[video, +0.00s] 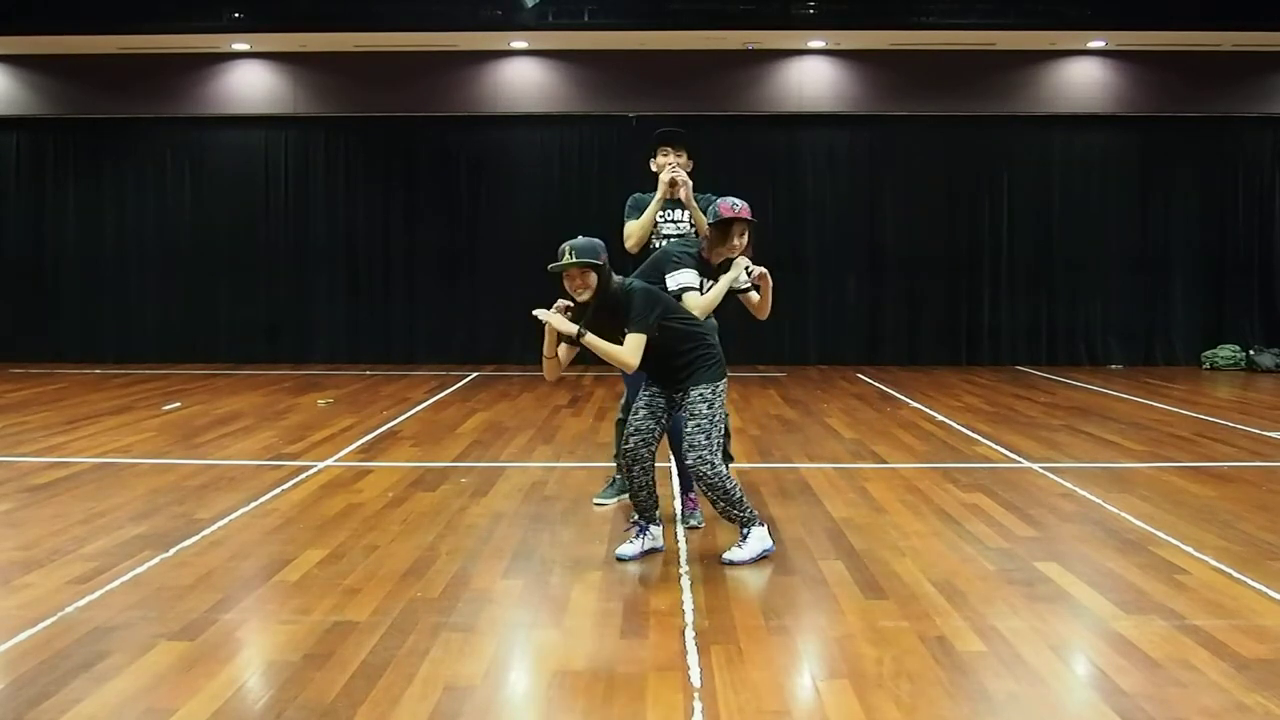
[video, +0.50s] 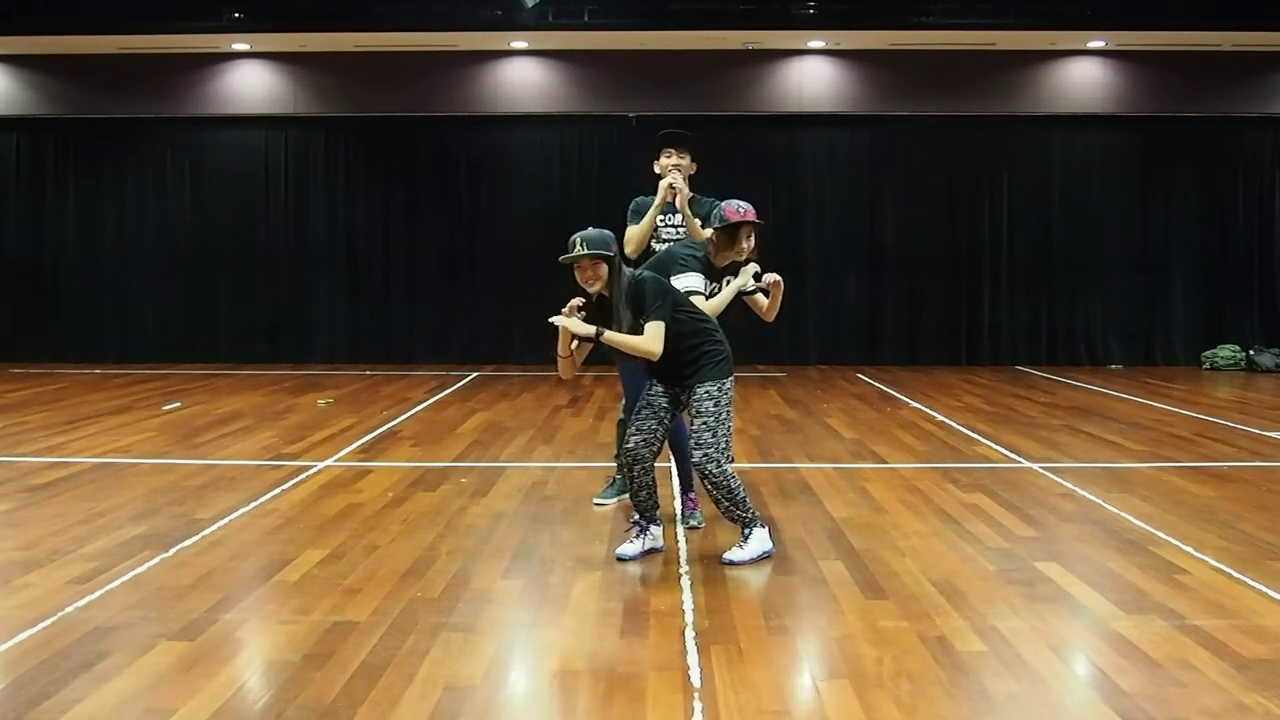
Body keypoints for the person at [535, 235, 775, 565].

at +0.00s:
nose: (577, 283)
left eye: (584, 274)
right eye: (568, 277)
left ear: (601, 270)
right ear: (562, 279)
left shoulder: (638, 295)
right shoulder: (585, 311)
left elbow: (629, 360)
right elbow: (552, 373)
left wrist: (577, 332)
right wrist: (551, 330)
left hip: (701, 368)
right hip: (659, 377)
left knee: (700, 461)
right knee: (634, 449)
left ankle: (755, 530)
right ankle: (649, 528)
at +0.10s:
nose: (579, 283)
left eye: (586, 274)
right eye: (571, 278)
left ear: (604, 270)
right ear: (565, 280)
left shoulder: (643, 294)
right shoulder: (588, 312)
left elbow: (640, 360)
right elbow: (561, 376)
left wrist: (581, 338)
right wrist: (556, 336)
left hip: (703, 367)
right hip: (660, 375)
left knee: (704, 463)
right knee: (635, 452)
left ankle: (756, 531)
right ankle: (649, 529)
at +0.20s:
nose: (582, 275)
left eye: (590, 266)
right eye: (574, 269)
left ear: (607, 264)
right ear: (568, 272)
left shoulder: (643, 287)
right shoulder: (591, 306)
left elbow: (643, 350)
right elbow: (559, 368)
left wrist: (584, 329)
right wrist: (556, 331)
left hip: (705, 366)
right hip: (664, 373)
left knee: (707, 461)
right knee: (637, 449)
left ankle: (755, 531)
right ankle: (649, 528)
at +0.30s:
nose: (584, 271)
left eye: (592, 262)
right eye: (577, 265)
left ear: (610, 260)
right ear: (572, 269)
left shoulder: (644, 284)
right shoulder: (594, 303)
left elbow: (640, 344)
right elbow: (557, 363)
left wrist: (585, 322)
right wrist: (558, 320)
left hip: (708, 364)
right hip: (667, 373)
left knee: (708, 459)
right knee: (637, 449)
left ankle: (756, 532)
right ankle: (650, 528)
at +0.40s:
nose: (586, 275)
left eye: (593, 266)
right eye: (578, 269)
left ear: (610, 263)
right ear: (572, 273)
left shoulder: (645, 285)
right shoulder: (596, 305)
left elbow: (644, 350)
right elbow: (566, 368)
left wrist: (587, 328)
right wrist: (563, 328)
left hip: (708, 365)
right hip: (667, 373)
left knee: (707, 459)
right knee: (638, 450)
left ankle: (755, 531)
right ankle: (650, 528)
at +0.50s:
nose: (586, 273)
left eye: (593, 264)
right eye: (578, 267)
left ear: (611, 262)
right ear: (573, 272)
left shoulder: (647, 284)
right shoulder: (598, 306)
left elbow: (653, 347)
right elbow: (568, 370)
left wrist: (592, 331)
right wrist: (566, 329)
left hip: (708, 366)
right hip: (666, 374)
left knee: (708, 459)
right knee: (635, 450)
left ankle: (755, 532)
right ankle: (649, 529)